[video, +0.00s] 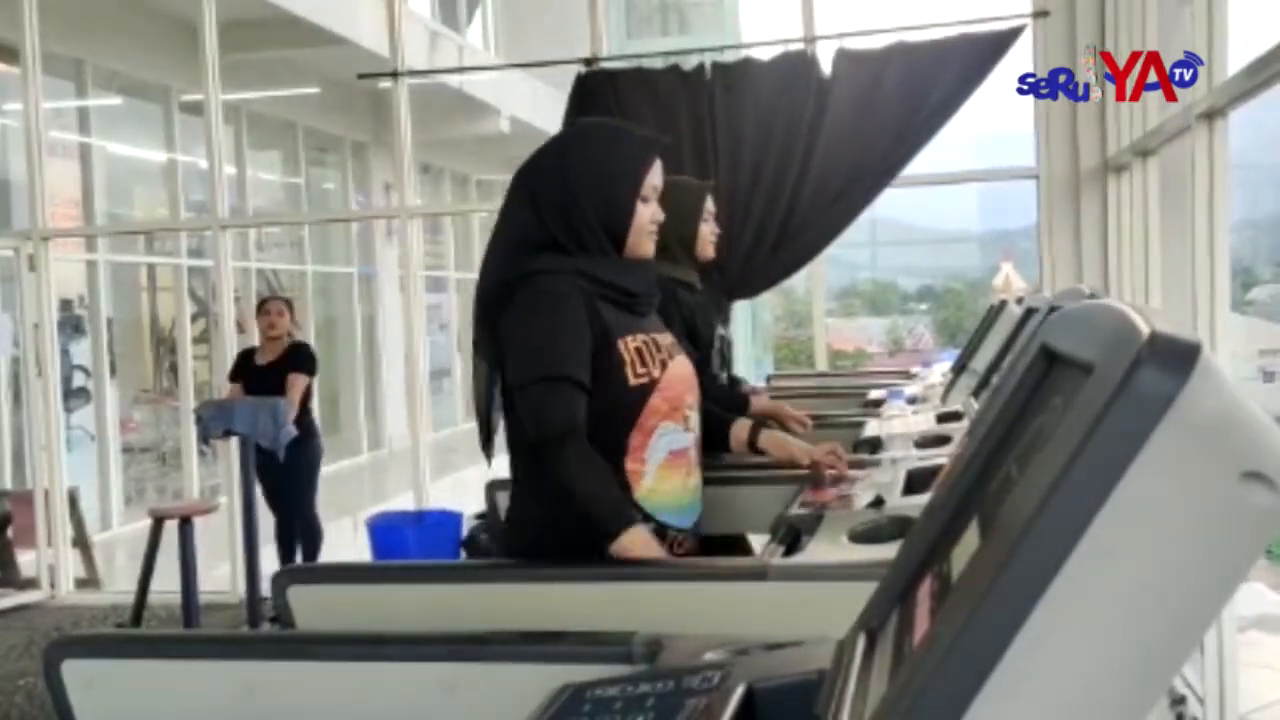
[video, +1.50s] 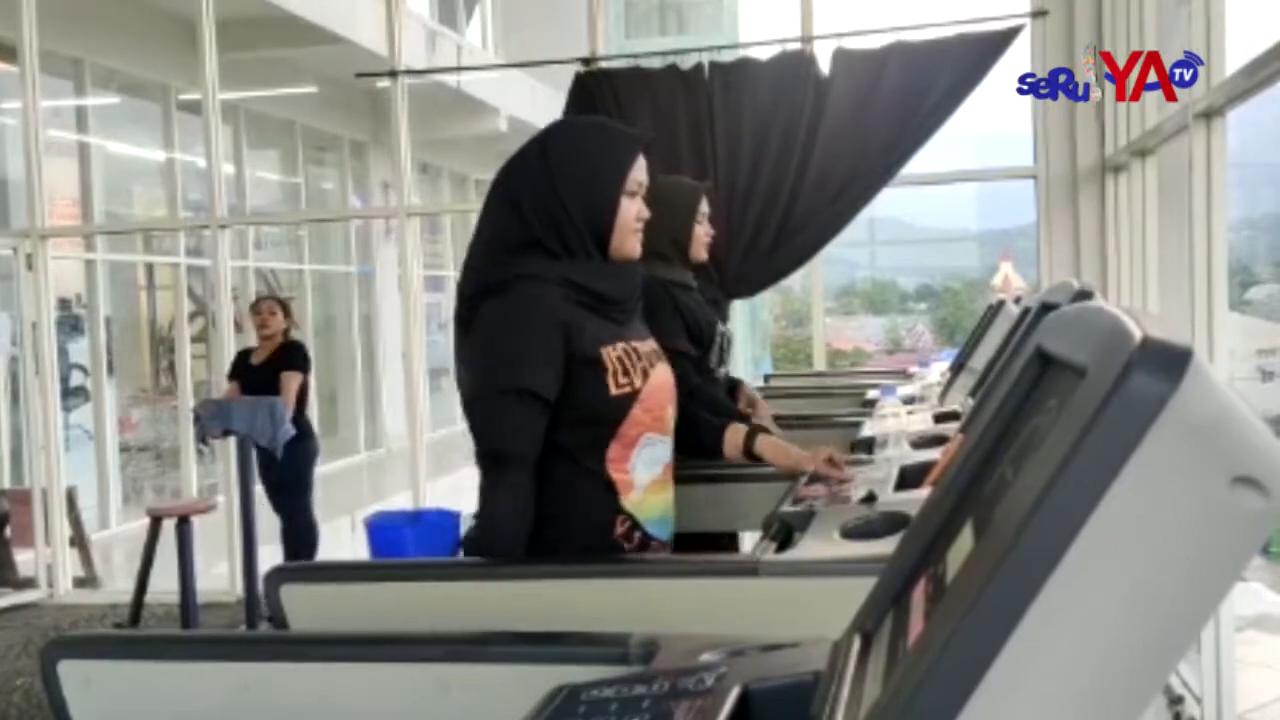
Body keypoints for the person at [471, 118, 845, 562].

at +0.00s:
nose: (659, 216)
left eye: (657, 200)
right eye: (646, 199)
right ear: (597, 196)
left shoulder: (628, 295)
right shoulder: (551, 298)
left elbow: (676, 411)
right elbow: (558, 448)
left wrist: (779, 446)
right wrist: (653, 558)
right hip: (587, 569)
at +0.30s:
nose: (663, 217)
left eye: (663, 201)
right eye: (650, 200)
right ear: (598, 201)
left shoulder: (646, 302)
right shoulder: (535, 304)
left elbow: (673, 419)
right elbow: (470, 443)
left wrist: (768, 439)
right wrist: (408, 558)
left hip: (643, 563)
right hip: (555, 576)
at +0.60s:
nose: (647, 208)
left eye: (646, 192)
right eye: (635, 190)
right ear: (587, 188)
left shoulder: (618, 282)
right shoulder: (536, 292)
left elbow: (669, 393)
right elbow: (532, 451)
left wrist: (774, 438)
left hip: (641, 537)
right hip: (577, 551)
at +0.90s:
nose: (644, 220)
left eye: (643, 204)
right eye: (631, 203)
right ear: (582, 201)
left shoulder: (614, 297)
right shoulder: (542, 300)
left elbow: (667, 413)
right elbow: (569, 436)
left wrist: (774, 442)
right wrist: (708, 501)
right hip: (566, 563)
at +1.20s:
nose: (653, 200)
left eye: (651, 183)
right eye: (639, 183)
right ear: (588, 182)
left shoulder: (628, 284)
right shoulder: (527, 287)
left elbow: (674, 396)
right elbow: (491, 440)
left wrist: (780, 440)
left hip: (632, 550)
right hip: (549, 562)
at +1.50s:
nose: (645, 211)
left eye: (643, 195)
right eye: (632, 194)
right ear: (583, 195)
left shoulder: (610, 297)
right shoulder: (526, 307)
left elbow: (668, 411)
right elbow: (507, 473)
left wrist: (784, 455)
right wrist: (486, 600)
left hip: (633, 558)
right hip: (564, 571)